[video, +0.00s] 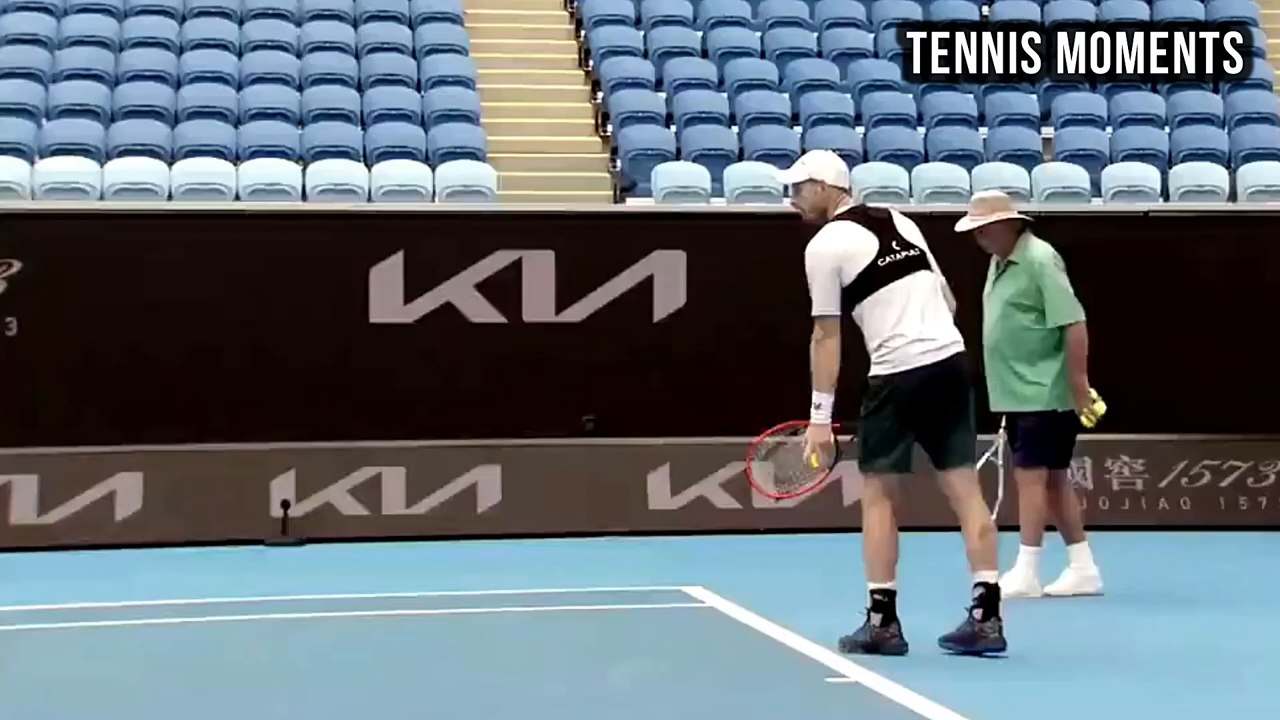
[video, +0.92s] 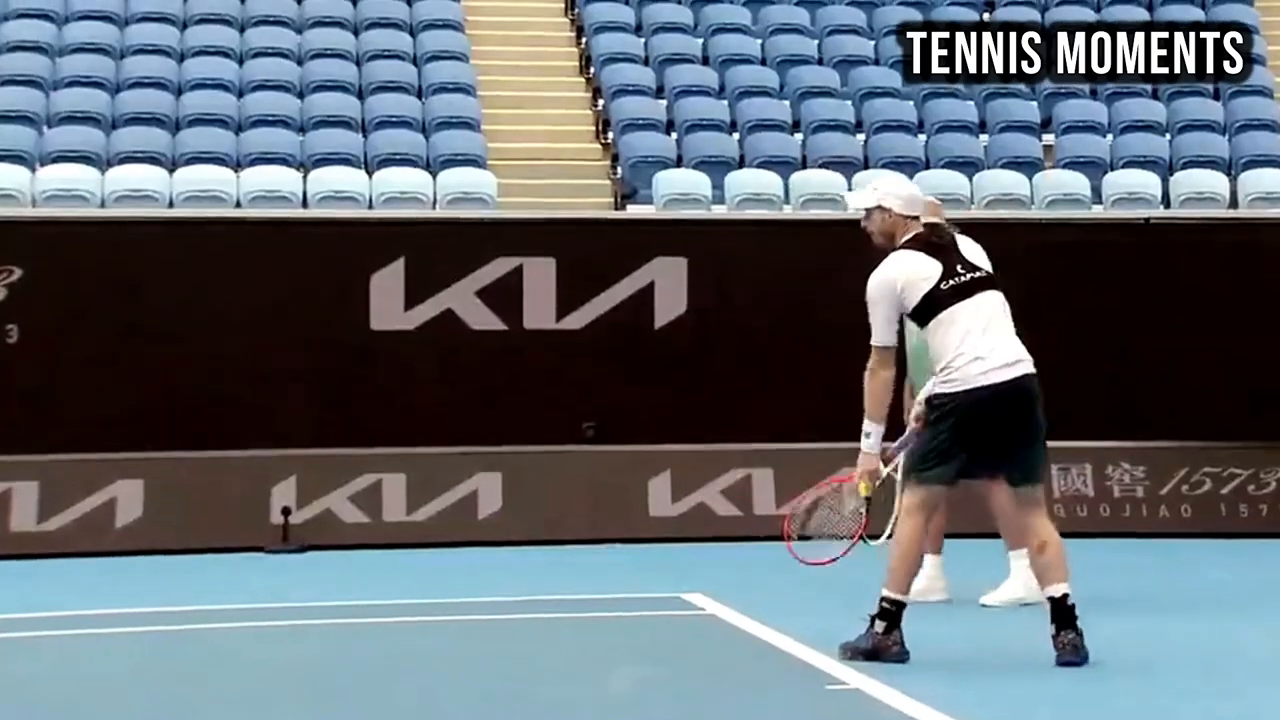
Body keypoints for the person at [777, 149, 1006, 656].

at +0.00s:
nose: (793, 199)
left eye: (800, 188)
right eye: (792, 189)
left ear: (827, 187)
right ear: (837, 190)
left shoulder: (826, 244)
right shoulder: (898, 219)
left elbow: (826, 337)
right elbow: (947, 297)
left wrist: (821, 418)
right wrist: (933, 351)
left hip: (896, 374)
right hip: (951, 364)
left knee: (878, 495)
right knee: (964, 490)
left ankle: (882, 623)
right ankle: (987, 619)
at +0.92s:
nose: (866, 226)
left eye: (870, 216)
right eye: (865, 217)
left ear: (893, 215)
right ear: (911, 214)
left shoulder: (889, 274)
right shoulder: (966, 243)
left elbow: (882, 366)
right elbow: (977, 332)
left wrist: (871, 446)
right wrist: (928, 395)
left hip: (958, 397)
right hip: (1019, 387)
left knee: (916, 509)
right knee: (1032, 510)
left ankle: (885, 629)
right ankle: (1067, 629)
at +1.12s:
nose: (919, 225)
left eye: (923, 216)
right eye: (919, 216)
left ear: (938, 215)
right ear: (971, 213)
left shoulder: (930, 276)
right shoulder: (1023, 252)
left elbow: (939, 363)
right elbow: (1036, 328)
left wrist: (946, 437)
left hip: (983, 411)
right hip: (1048, 404)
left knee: (930, 516)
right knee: (1051, 524)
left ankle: (888, 633)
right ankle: (1070, 634)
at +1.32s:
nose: (970, 209)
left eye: (973, 204)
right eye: (973, 203)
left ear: (981, 211)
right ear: (1023, 211)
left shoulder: (960, 267)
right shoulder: (1061, 258)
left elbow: (949, 343)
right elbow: (1086, 339)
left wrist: (934, 403)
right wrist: (1081, 410)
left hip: (987, 421)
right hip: (1052, 419)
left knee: (931, 521)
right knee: (1055, 538)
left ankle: (891, 638)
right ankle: (1070, 642)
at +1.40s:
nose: (989, 209)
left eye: (990, 205)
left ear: (991, 212)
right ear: (1035, 212)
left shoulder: (964, 262)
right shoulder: (1067, 263)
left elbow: (929, 307)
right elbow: (1098, 339)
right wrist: (1097, 402)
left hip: (983, 425)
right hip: (1048, 424)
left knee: (931, 524)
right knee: (1055, 539)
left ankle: (893, 639)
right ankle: (1069, 644)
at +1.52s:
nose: (991, 211)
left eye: (992, 208)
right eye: (1000, 208)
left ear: (994, 218)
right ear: (1036, 219)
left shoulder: (969, 259)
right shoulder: (1067, 275)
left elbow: (917, 221)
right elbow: (1108, 334)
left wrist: (887, 176)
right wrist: (1116, 376)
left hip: (975, 431)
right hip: (1039, 432)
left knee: (927, 527)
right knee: (1051, 548)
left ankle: (897, 642)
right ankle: (1069, 647)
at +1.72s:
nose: (963, 222)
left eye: (967, 219)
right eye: (986, 218)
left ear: (971, 234)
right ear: (1015, 237)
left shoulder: (947, 266)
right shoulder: (1039, 291)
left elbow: (929, 181)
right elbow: (1103, 311)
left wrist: (912, 96)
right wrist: (1119, 291)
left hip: (943, 442)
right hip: (1006, 444)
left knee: (898, 534)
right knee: (1034, 556)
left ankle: (892, 647)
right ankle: (1066, 653)